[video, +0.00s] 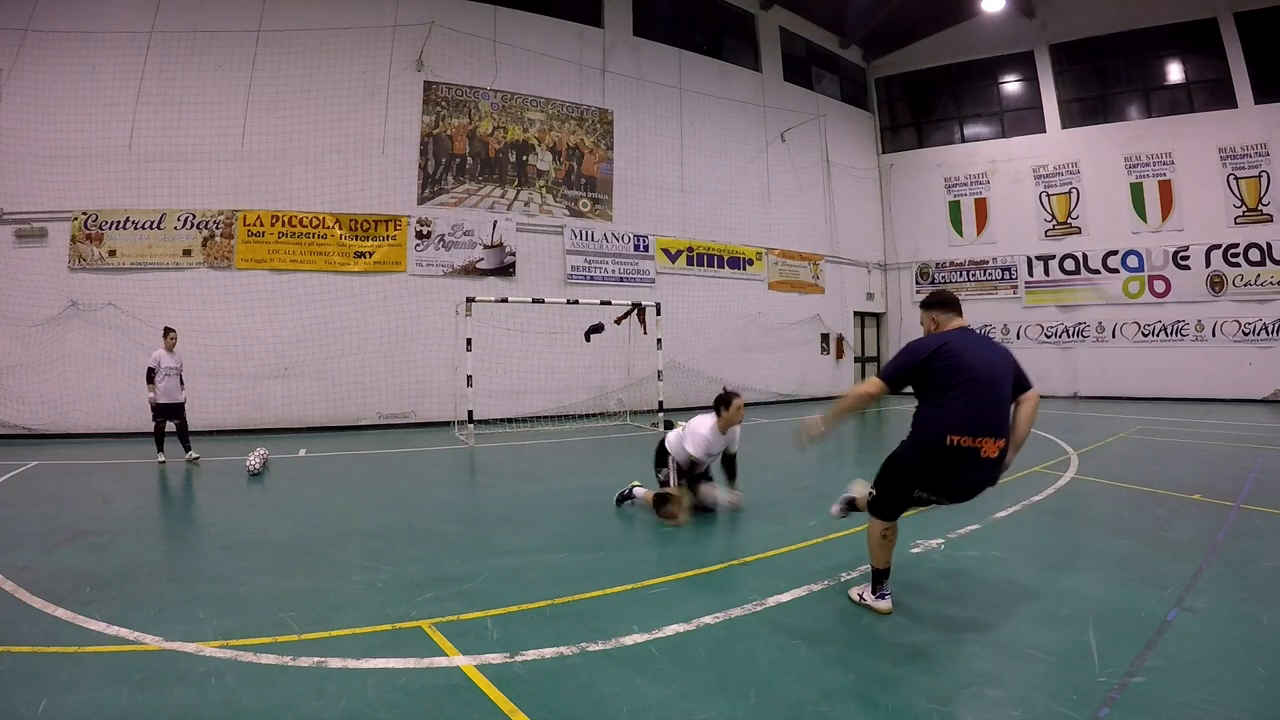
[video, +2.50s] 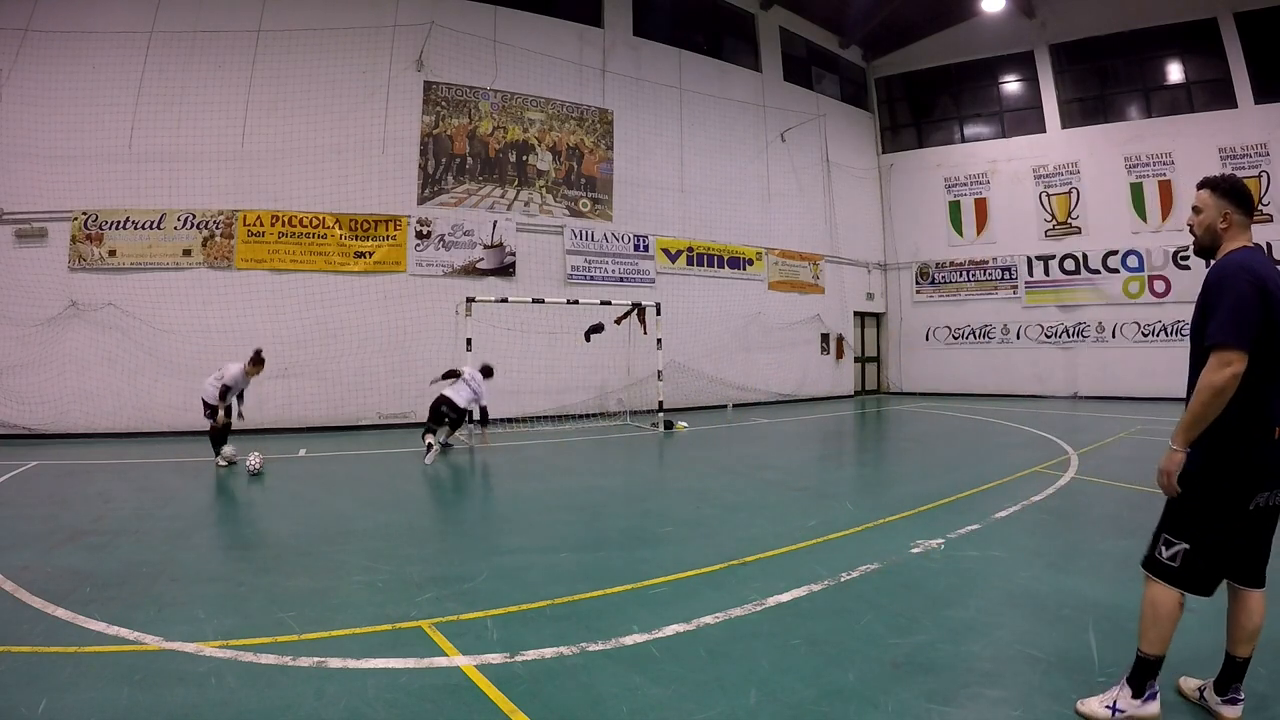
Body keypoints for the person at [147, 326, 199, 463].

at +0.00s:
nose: (174, 341)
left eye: (175, 339)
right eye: (171, 339)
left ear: (176, 340)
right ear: (164, 339)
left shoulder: (177, 357)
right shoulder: (157, 355)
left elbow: (180, 376)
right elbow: (150, 375)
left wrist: (183, 392)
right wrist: (151, 394)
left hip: (177, 399)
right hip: (161, 399)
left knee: (182, 426)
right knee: (160, 427)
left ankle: (188, 452)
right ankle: (160, 452)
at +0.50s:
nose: (181, 342)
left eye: (182, 339)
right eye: (179, 339)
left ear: (182, 339)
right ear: (171, 339)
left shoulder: (182, 356)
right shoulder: (163, 354)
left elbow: (184, 374)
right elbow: (154, 374)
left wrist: (187, 389)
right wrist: (155, 393)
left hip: (180, 397)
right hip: (165, 397)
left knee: (179, 425)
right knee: (163, 425)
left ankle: (177, 451)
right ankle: (161, 452)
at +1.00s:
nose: (199, 345)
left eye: (200, 342)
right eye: (196, 342)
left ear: (199, 343)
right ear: (189, 342)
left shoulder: (199, 359)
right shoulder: (179, 355)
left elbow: (201, 376)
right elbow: (165, 369)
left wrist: (200, 388)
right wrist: (153, 385)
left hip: (190, 397)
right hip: (175, 395)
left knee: (185, 424)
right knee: (181, 421)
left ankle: (178, 450)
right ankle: (173, 450)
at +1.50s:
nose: (227, 345)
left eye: (228, 342)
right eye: (225, 342)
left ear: (227, 342)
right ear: (217, 342)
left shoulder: (225, 356)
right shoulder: (212, 357)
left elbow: (221, 379)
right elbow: (202, 378)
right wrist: (203, 398)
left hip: (227, 398)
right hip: (212, 400)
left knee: (241, 419)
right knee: (198, 425)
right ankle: (180, 446)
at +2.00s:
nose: (253, 348)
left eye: (254, 345)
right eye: (251, 345)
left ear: (245, 345)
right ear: (242, 345)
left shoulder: (247, 358)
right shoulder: (234, 360)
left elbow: (245, 372)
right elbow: (225, 380)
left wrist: (253, 376)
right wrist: (224, 401)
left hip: (249, 394)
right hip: (238, 397)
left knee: (262, 420)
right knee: (258, 420)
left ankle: (258, 453)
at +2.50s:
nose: (258, 373)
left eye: (259, 371)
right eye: (257, 370)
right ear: (249, 365)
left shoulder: (247, 377)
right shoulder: (234, 374)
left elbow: (240, 391)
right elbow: (222, 391)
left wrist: (240, 409)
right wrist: (221, 411)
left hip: (226, 398)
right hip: (211, 396)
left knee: (227, 424)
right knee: (216, 424)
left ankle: (224, 451)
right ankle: (218, 455)